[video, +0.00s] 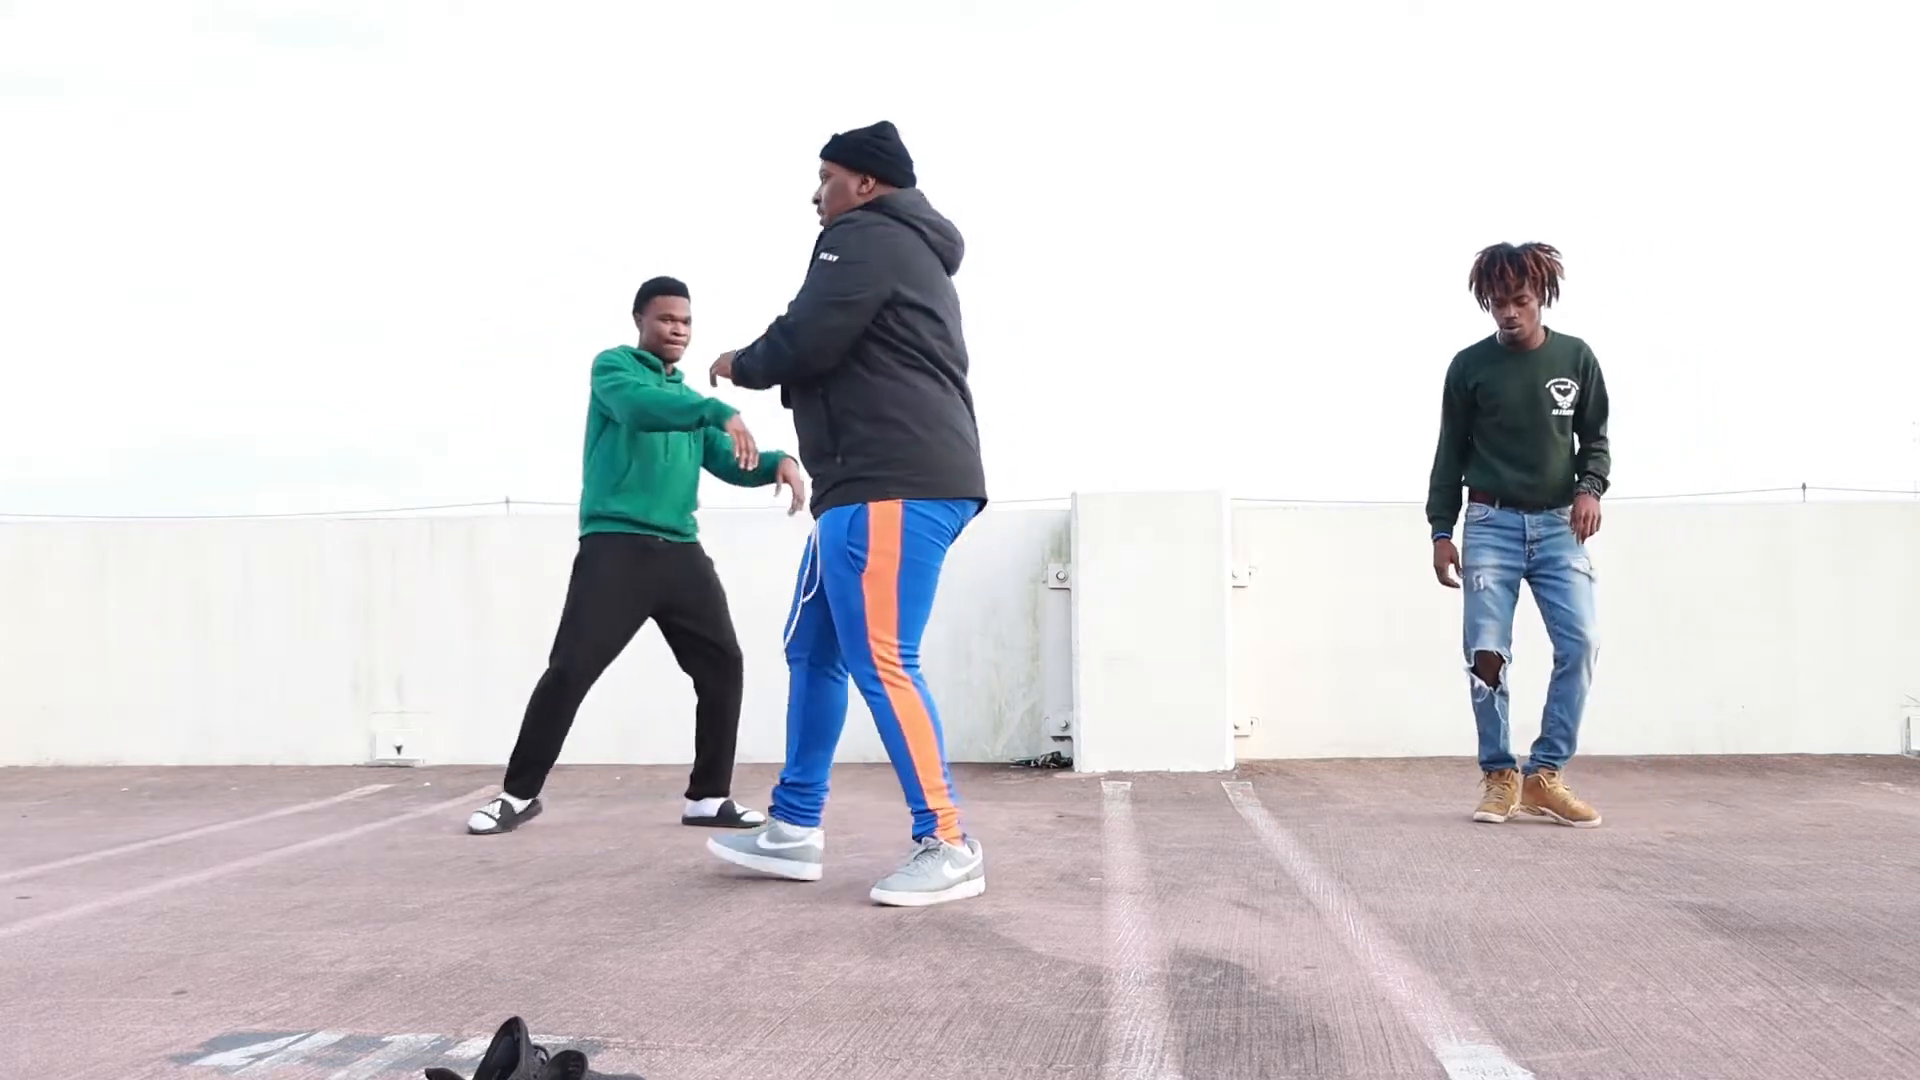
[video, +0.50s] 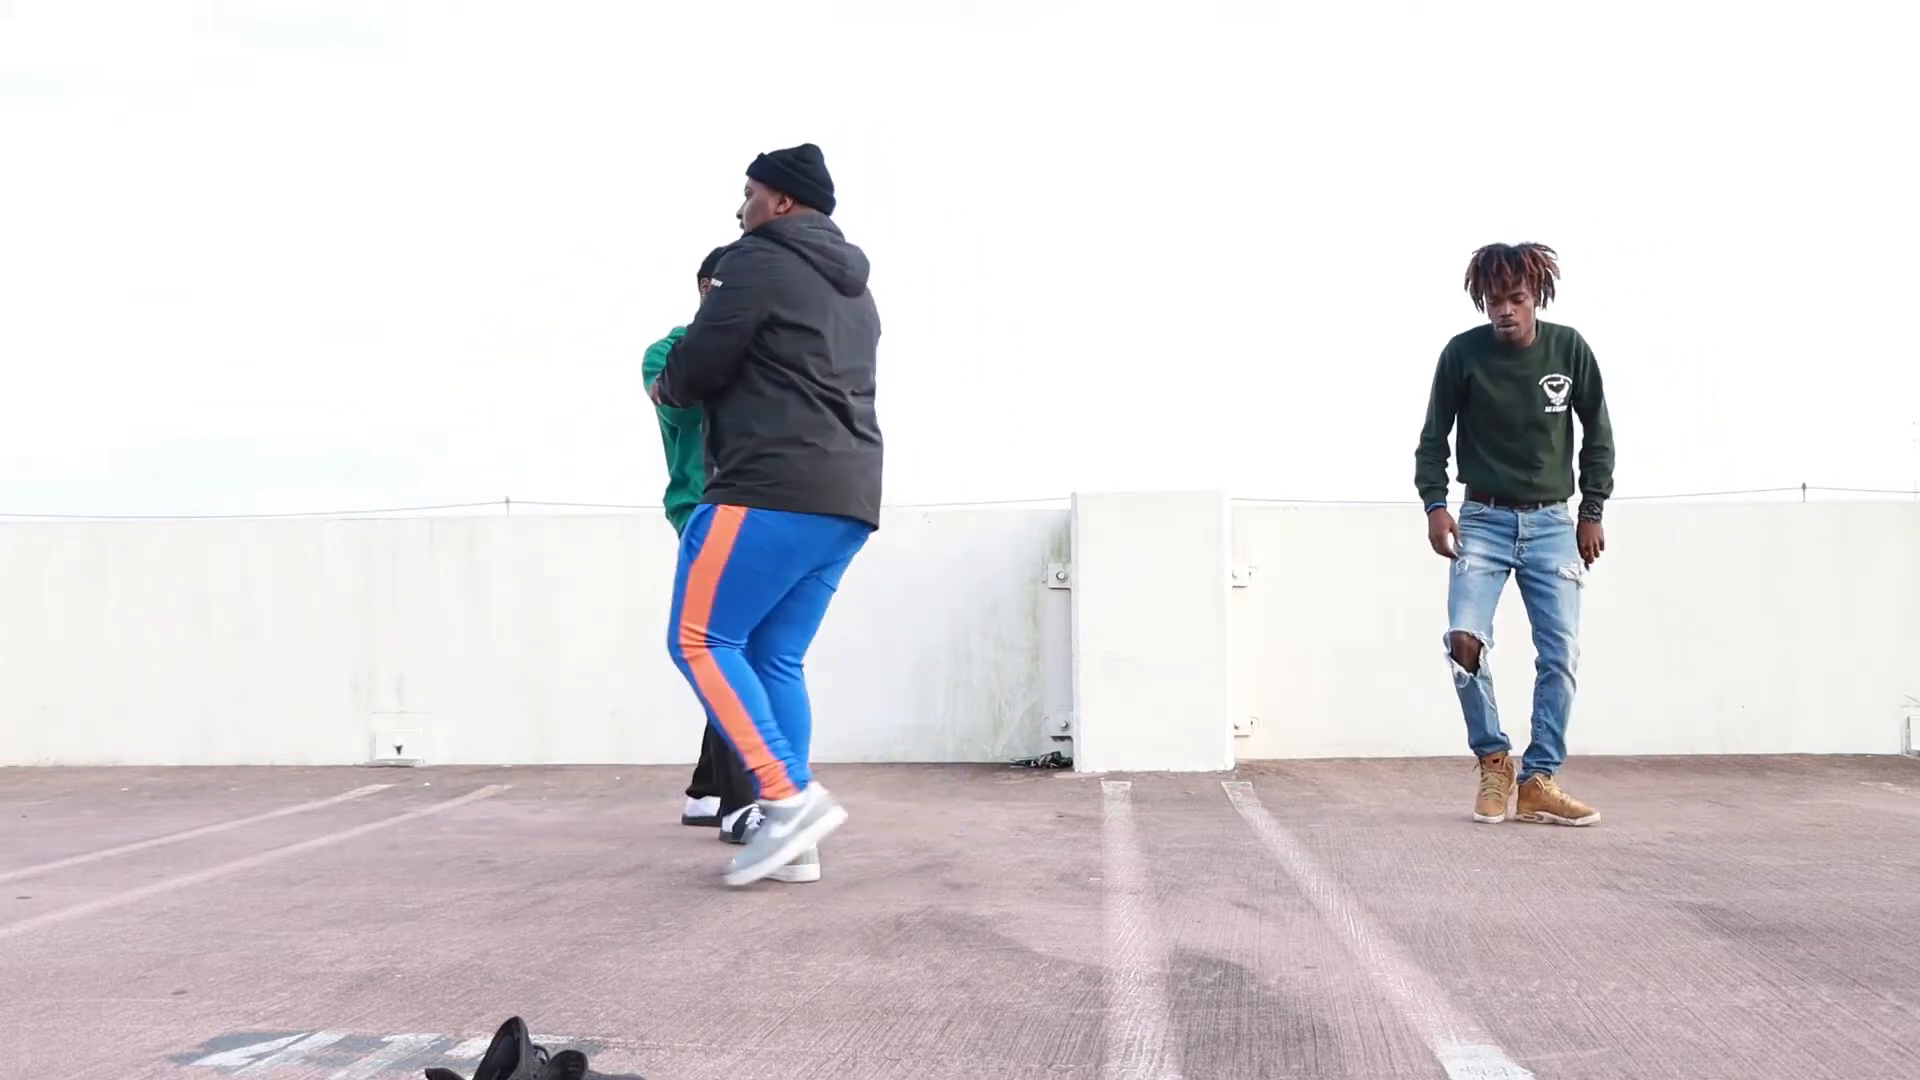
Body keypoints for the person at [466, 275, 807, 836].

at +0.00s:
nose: (675, 329)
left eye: (683, 321)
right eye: (664, 319)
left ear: (690, 329)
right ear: (639, 321)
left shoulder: (691, 398)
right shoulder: (615, 365)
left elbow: (728, 461)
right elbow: (639, 404)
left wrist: (777, 461)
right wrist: (720, 412)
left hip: (681, 551)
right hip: (616, 545)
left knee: (722, 667)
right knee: (570, 670)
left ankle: (708, 798)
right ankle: (518, 794)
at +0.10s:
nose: (699, 322)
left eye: (707, 314)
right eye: (688, 311)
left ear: (714, 323)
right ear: (661, 315)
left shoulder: (717, 394)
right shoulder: (636, 358)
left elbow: (758, 446)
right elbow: (649, 389)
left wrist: (818, 440)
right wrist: (723, 385)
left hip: (702, 548)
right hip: (636, 538)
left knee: (729, 670)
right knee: (592, 660)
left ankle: (708, 797)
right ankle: (550, 789)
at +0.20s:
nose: (716, 313)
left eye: (724, 305)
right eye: (706, 303)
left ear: (731, 311)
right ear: (678, 302)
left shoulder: (740, 364)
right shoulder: (650, 347)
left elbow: (774, 407)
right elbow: (659, 374)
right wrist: (748, 348)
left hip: (717, 536)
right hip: (651, 526)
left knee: (729, 666)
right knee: (624, 651)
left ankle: (708, 797)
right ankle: (608, 796)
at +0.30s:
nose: (729, 308)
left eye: (738, 299)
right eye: (719, 295)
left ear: (747, 303)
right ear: (694, 293)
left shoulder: (748, 350)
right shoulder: (658, 342)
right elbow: (668, 363)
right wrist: (733, 319)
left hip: (734, 520)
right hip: (668, 512)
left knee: (727, 662)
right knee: (667, 652)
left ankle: (710, 796)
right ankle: (663, 797)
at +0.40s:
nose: (736, 292)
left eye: (742, 284)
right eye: (727, 283)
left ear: (749, 294)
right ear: (701, 288)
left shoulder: (753, 343)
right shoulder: (667, 343)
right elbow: (677, 381)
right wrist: (723, 332)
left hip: (745, 504)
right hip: (687, 502)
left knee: (738, 649)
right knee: (702, 641)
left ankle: (712, 790)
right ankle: (709, 794)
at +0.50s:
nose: (721, 300)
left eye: (729, 290)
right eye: (714, 288)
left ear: (744, 294)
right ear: (701, 291)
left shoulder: (757, 346)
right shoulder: (674, 349)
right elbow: (673, 394)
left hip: (749, 504)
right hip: (699, 504)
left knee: (728, 648)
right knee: (722, 648)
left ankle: (708, 785)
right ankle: (740, 795)